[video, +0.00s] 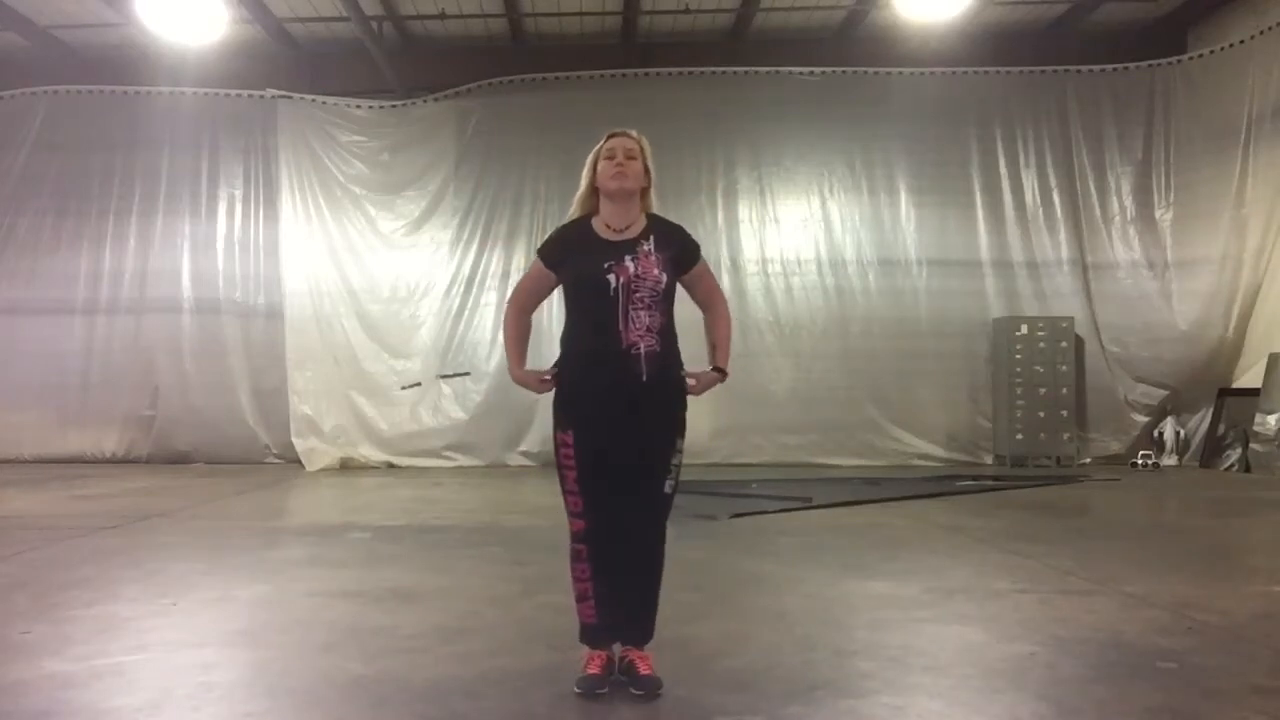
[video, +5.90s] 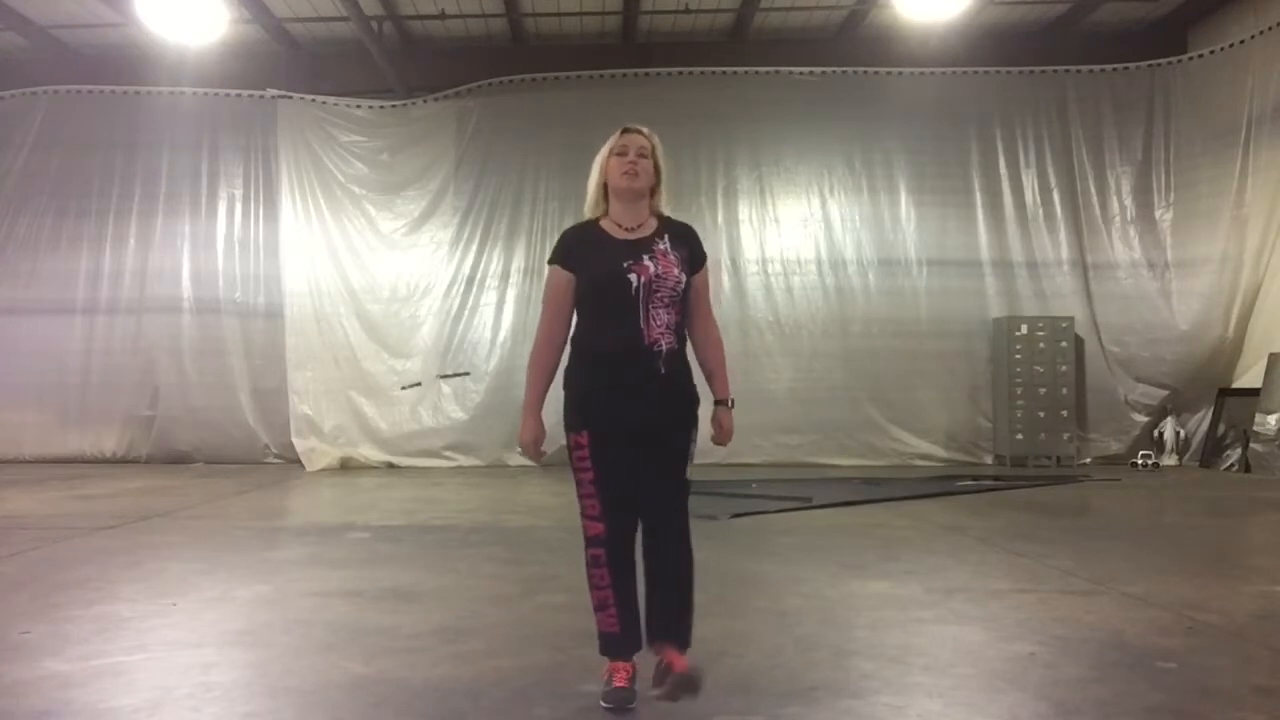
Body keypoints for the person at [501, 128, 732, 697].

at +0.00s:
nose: (619, 163)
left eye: (629, 156)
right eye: (609, 156)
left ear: (646, 173)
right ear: (594, 173)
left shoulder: (671, 240)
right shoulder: (569, 241)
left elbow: (713, 303)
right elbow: (520, 304)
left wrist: (720, 367)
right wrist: (517, 370)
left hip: (656, 403)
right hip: (585, 402)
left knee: (645, 524)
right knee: (589, 527)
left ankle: (634, 648)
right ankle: (597, 649)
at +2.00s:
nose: (632, 181)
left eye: (644, 173)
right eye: (622, 171)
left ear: (658, 183)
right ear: (606, 179)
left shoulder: (682, 247)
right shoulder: (583, 248)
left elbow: (706, 327)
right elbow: (548, 330)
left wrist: (728, 399)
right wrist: (529, 402)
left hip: (669, 410)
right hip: (600, 409)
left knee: (653, 527)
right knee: (601, 528)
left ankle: (635, 648)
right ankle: (599, 649)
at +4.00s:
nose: (639, 163)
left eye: (650, 157)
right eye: (629, 158)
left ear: (667, 175)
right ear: (614, 177)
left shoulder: (695, 245)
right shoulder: (590, 245)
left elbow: (716, 328)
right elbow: (562, 334)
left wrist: (740, 401)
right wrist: (541, 407)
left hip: (675, 411)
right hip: (605, 409)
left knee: (657, 528)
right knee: (604, 527)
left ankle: (637, 648)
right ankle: (599, 650)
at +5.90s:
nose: (632, 162)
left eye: (642, 155)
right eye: (621, 154)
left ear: (657, 170)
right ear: (603, 168)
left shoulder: (682, 239)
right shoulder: (578, 242)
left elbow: (702, 325)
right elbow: (551, 333)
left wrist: (722, 396)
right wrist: (531, 411)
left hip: (668, 406)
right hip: (598, 408)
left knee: (668, 526)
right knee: (607, 534)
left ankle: (671, 649)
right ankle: (619, 659)